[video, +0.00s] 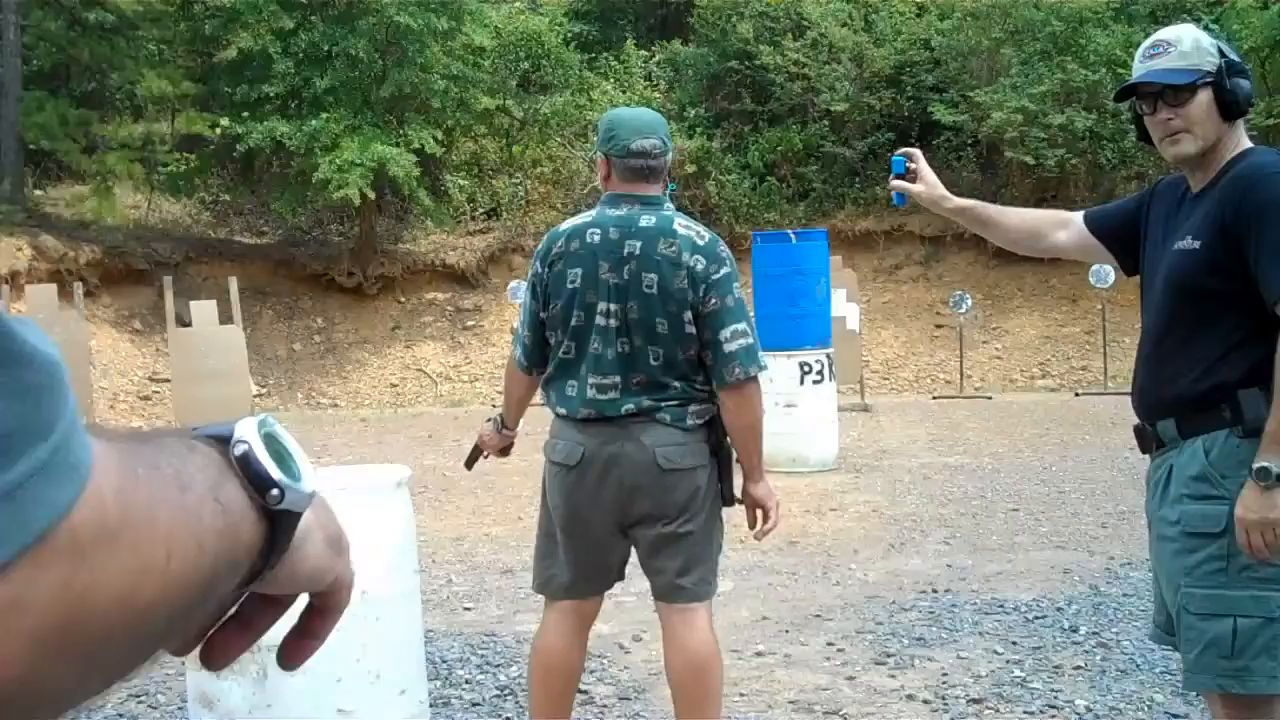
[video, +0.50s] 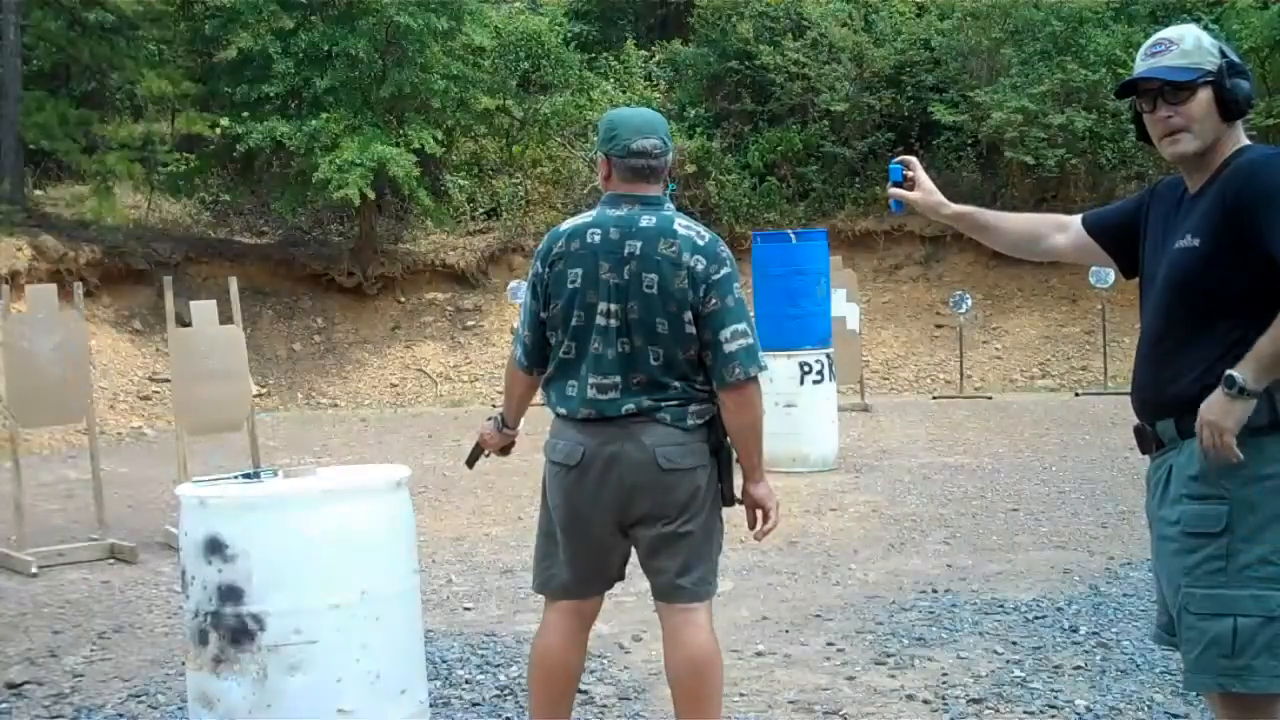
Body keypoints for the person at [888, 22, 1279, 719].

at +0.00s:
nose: (1163, 114)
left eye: (1180, 94)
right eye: (1150, 102)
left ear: (1228, 94)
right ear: (1142, 115)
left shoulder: (1262, 185)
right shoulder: (1164, 202)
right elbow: (1057, 231)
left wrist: (1267, 472)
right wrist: (946, 204)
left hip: (1228, 460)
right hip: (1177, 461)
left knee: (1246, 691)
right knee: (1225, 681)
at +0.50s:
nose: (1163, 113)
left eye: (1180, 93)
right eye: (1149, 101)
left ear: (1228, 95)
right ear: (1141, 116)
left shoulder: (1263, 179)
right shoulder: (1161, 204)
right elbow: (1058, 234)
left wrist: (1243, 383)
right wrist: (946, 211)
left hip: (1240, 456)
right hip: (1181, 461)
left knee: (1244, 682)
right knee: (1225, 671)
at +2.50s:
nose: (1138, 115)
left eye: (1144, 100)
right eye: (1139, 102)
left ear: (1174, 101)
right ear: (1213, 102)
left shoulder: (1247, 179)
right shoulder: (1167, 200)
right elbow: (1061, 229)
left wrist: (1209, 374)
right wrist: (954, 203)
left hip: (1226, 456)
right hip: (1178, 456)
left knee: (1237, 690)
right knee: (1227, 683)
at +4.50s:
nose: (1149, 116)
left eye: (1153, 101)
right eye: (1149, 102)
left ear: (1181, 102)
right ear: (1228, 100)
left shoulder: (1245, 179)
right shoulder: (1198, 194)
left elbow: (1273, 281)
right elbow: (1095, 237)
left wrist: (1196, 381)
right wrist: (981, 211)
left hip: (1229, 463)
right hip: (1210, 458)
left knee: (1244, 691)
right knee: (1241, 684)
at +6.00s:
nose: (1146, 115)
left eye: (1151, 101)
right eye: (1147, 101)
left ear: (1176, 103)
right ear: (1225, 101)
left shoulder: (1243, 179)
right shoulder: (1189, 197)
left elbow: (1273, 284)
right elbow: (1084, 237)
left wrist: (1193, 383)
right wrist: (975, 212)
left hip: (1223, 463)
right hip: (1204, 459)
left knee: (1242, 691)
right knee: (1240, 685)